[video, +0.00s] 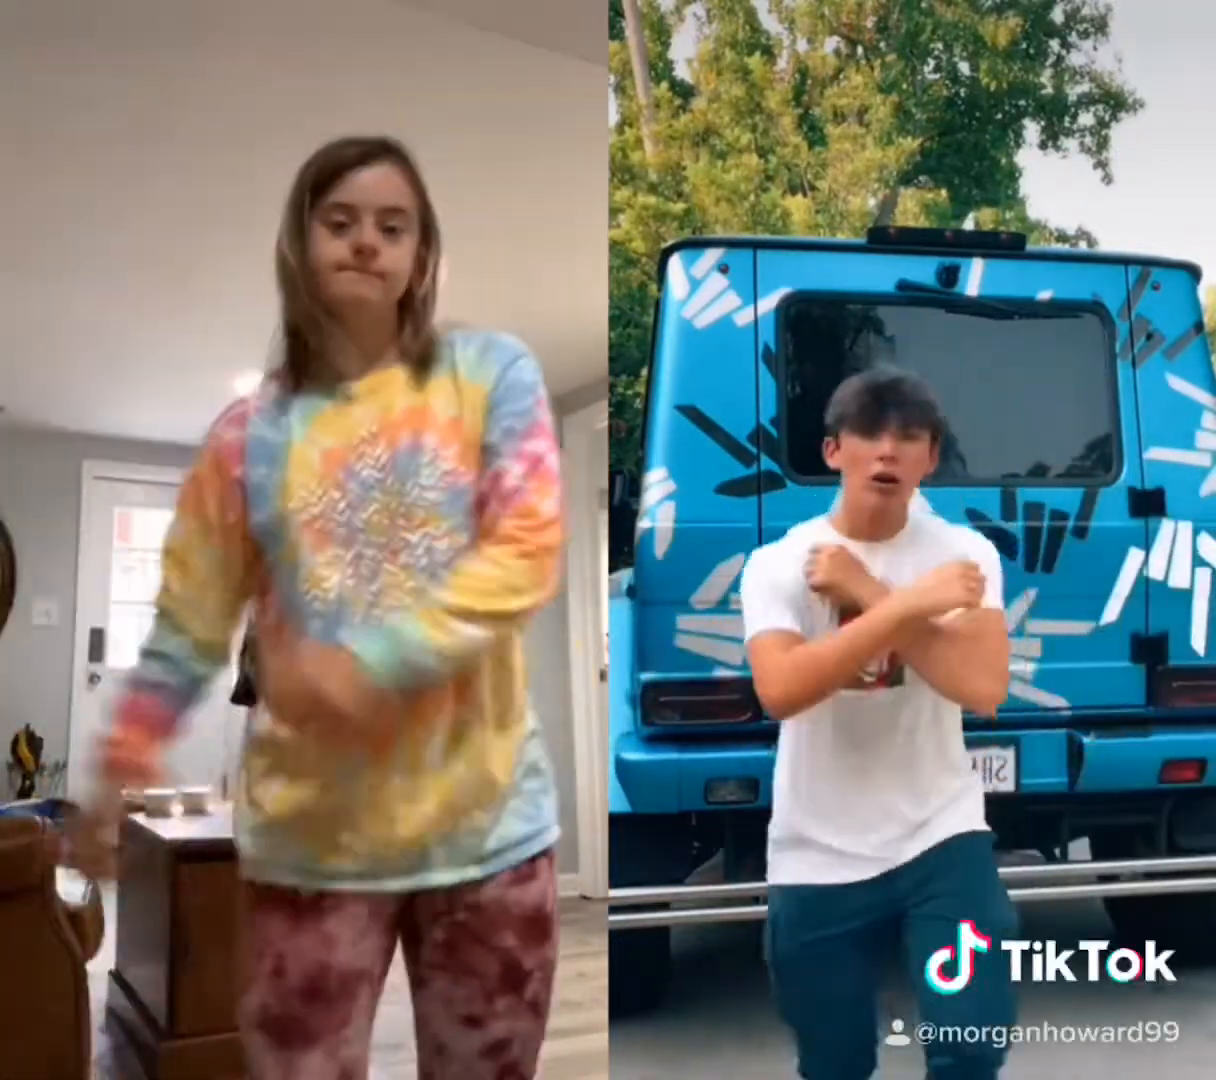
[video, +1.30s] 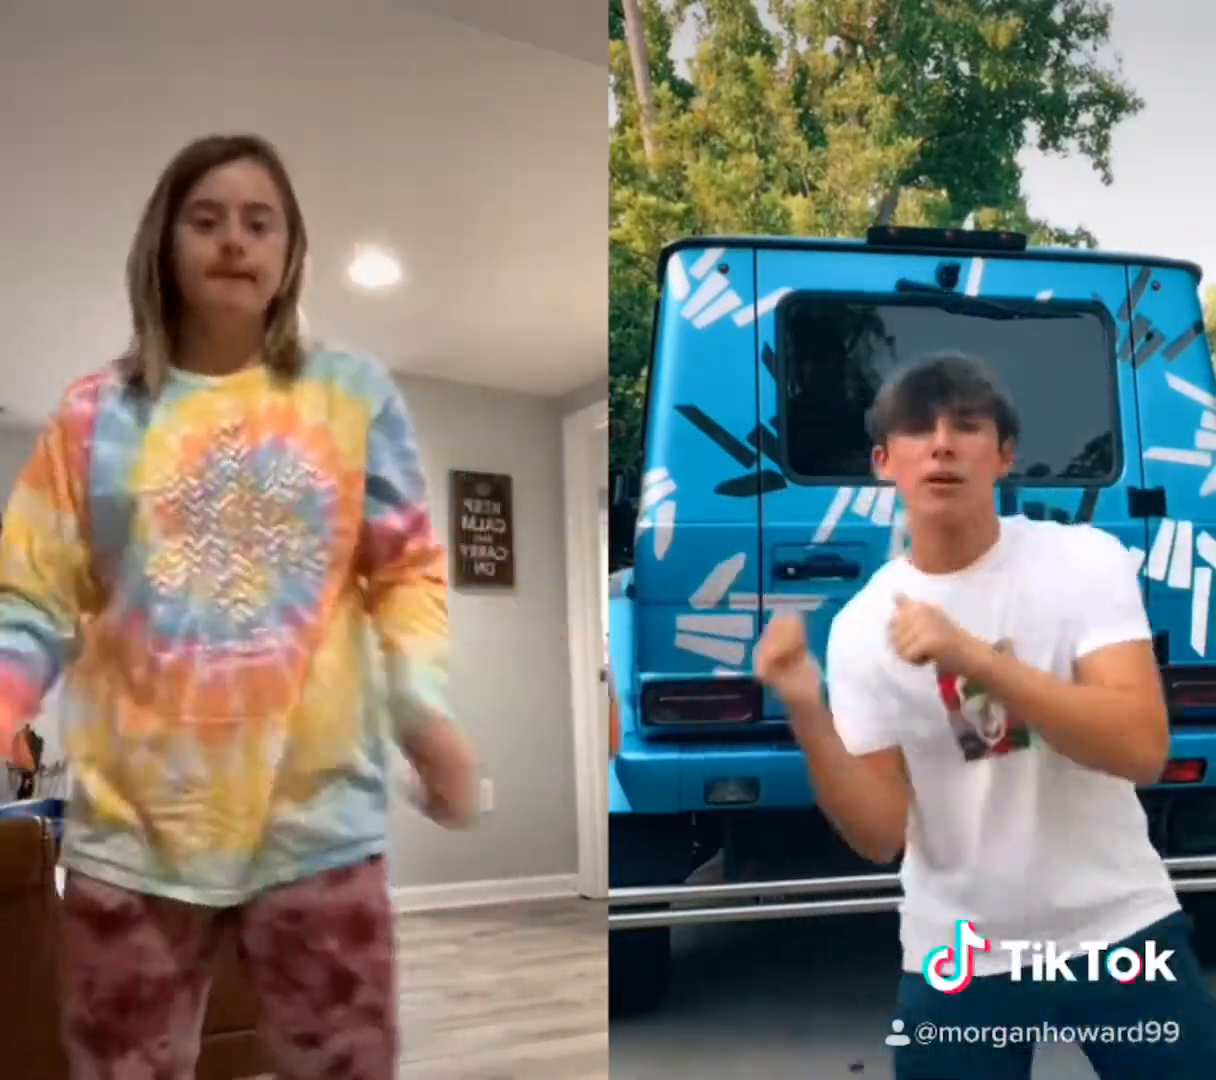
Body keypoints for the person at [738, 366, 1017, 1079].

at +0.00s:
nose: (889, 452)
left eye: (909, 437)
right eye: (871, 435)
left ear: (932, 458)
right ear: (834, 452)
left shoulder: (965, 553)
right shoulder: (780, 563)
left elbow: (985, 685)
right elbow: (780, 687)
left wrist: (870, 594)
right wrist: (912, 605)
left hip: (942, 835)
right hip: (817, 854)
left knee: (972, 1050)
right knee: (833, 1064)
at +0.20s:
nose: (911, 441)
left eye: (931, 423)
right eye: (891, 422)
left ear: (960, 437)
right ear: (858, 438)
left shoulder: (999, 558)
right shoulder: (806, 551)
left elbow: (1027, 724)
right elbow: (810, 720)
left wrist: (928, 666)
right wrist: (938, 673)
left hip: (966, 854)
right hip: (838, 862)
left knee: (963, 1063)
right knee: (853, 1062)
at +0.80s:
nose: (904, 442)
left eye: (927, 421)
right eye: (882, 423)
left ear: (961, 448)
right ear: (845, 452)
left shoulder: (1016, 580)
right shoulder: (786, 596)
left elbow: (1060, 778)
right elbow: (787, 795)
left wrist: (982, 644)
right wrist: (852, 649)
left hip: (992, 924)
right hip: (841, 933)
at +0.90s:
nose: (890, 388)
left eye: (913, 366)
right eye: (868, 369)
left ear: (953, 387)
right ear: (836, 395)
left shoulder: (1020, 509)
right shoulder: (798, 532)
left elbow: (1056, 688)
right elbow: (798, 748)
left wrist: (932, 545)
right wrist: (783, 576)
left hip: (1010, 890)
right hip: (857, 900)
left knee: (1017, 1065)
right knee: (866, 1064)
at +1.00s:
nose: (878, 379)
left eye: (901, 354)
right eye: (854, 359)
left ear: (944, 375)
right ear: (825, 386)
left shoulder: (1015, 481)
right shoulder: (804, 538)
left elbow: (1054, 629)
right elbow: (839, 752)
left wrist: (889, 550)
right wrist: (740, 660)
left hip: (1035, 870)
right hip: (885, 890)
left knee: (1043, 1064)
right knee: (917, 1064)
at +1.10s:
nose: (875, 431)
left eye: (898, 405)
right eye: (853, 411)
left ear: (941, 428)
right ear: (826, 439)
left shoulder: (1022, 529)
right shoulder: (813, 607)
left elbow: (1073, 683)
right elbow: (864, 812)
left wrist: (889, 641)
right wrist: (761, 757)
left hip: (1062, 920)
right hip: (907, 938)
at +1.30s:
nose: (943, 445)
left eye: (966, 425)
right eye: (920, 428)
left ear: (1004, 456)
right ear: (885, 464)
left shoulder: (1085, 561)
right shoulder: (860, 629)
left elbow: (1141, 746)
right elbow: (880, 835)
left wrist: (976, 657)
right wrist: (805, 703)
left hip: (1120, 932)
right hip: (957, 948)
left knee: (1186, 1061)